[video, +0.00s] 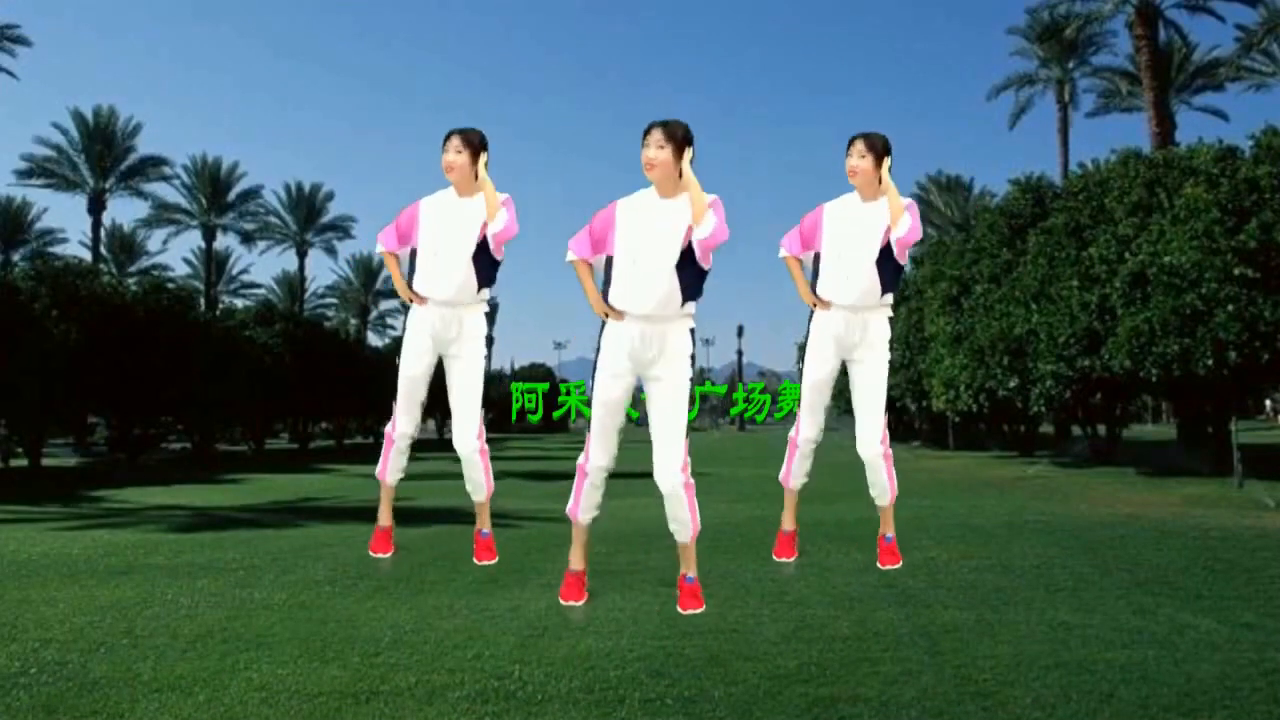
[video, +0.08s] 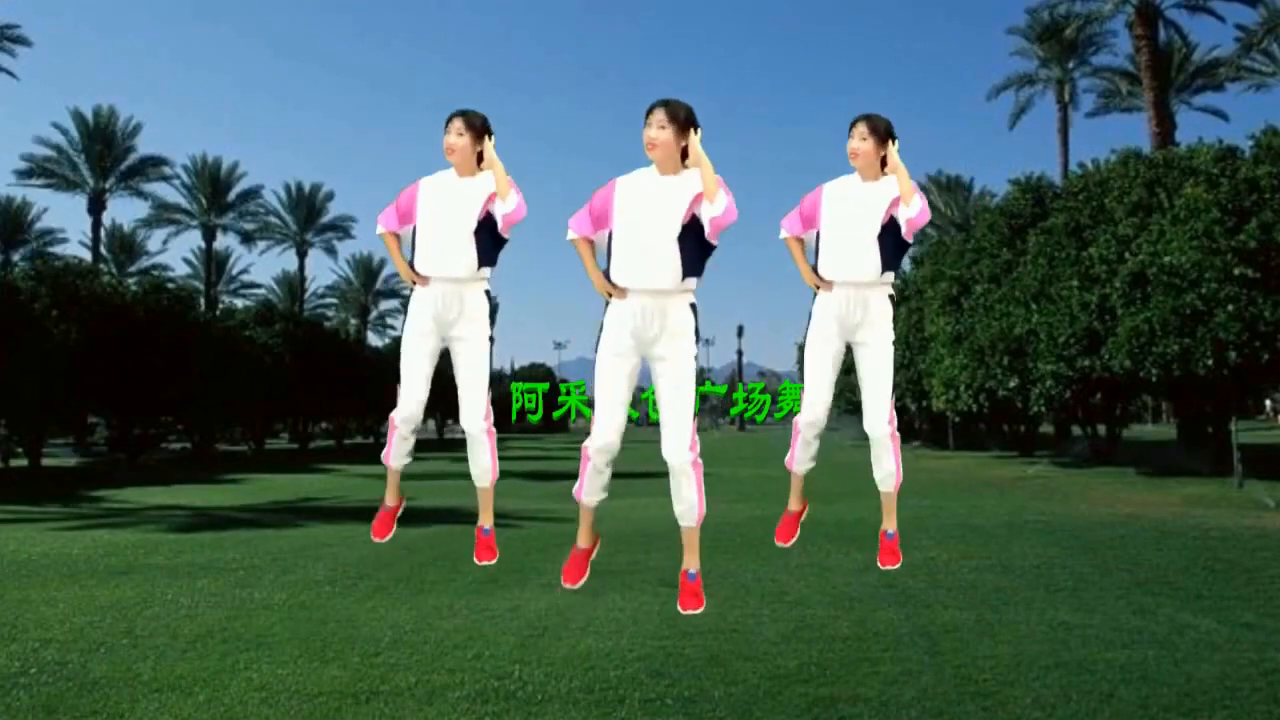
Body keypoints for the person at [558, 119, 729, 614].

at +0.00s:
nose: (650, 155)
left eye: (660, 147)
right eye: (646, 147)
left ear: (682, 156)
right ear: (642, 156)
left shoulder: (704, 208)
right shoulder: (622, 209)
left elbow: (707, 244)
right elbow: (579, 251)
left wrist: (690, 180)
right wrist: (597, 302)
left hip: (671, 338)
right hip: (620, 333)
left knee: (672, 467)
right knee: (598, 454)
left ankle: (689, 573)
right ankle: (576, 564)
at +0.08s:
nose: (650, 134)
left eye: (661, 126)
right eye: (648, 126)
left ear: (684, 136)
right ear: (645, 135)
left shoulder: (703, 186)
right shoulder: (623, 187)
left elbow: (721, 220)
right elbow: (579, 228)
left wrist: (700, 159)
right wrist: (598, 280)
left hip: (675, 314)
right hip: (624, 311)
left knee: (680, 448)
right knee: (604, 440)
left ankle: (691, 566)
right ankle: (585, 539)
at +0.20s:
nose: (658, 131)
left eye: (669, 125)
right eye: (655, 124)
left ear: (692, 137)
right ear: (649, 133)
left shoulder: (704, 185)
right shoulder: (622, 183)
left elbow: (716, 228)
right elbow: (579, 229)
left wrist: (705, 163)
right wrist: (597, 283)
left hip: (680, 307)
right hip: (631, 305)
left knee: (682, 441)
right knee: (625, 440)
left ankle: (684, 563)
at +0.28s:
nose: (660, 150)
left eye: (672, 144)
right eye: (657, 142)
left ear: (693, 157)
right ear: (650, 151)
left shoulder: (704, 205)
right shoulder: (622, 201)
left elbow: (712, 250)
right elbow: (576, 251)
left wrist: (704, 180)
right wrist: (599, 305)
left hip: (683, 325)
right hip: (632, 325)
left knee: (684, 455)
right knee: (640, 448)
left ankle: (681, 571)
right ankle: (655, 460)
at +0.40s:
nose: (663, 179)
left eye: (674, 173)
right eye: (660, 172)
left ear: (694, 186)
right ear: (652, 181)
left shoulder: (703, 238)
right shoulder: (622, 228)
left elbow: (706, 276)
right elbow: (577, 280)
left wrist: (708, 220)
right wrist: (596, 337)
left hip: (684, 356)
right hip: (634, 356)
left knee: (684, 474)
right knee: (652, 470)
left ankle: (679, 575)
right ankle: (657, 490)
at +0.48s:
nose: (664, 169)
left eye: (674, 163)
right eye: (660, 162)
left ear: (694, 177)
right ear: (652, 173)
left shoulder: (701, 228)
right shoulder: (622, 218)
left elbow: (694, 252)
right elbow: (575, 269)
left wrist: (701, 202)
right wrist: (593, 324)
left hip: (679, 345)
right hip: (629, 346)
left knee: (679, 471)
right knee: (639, 473)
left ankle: (679, 574)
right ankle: (643, 510)